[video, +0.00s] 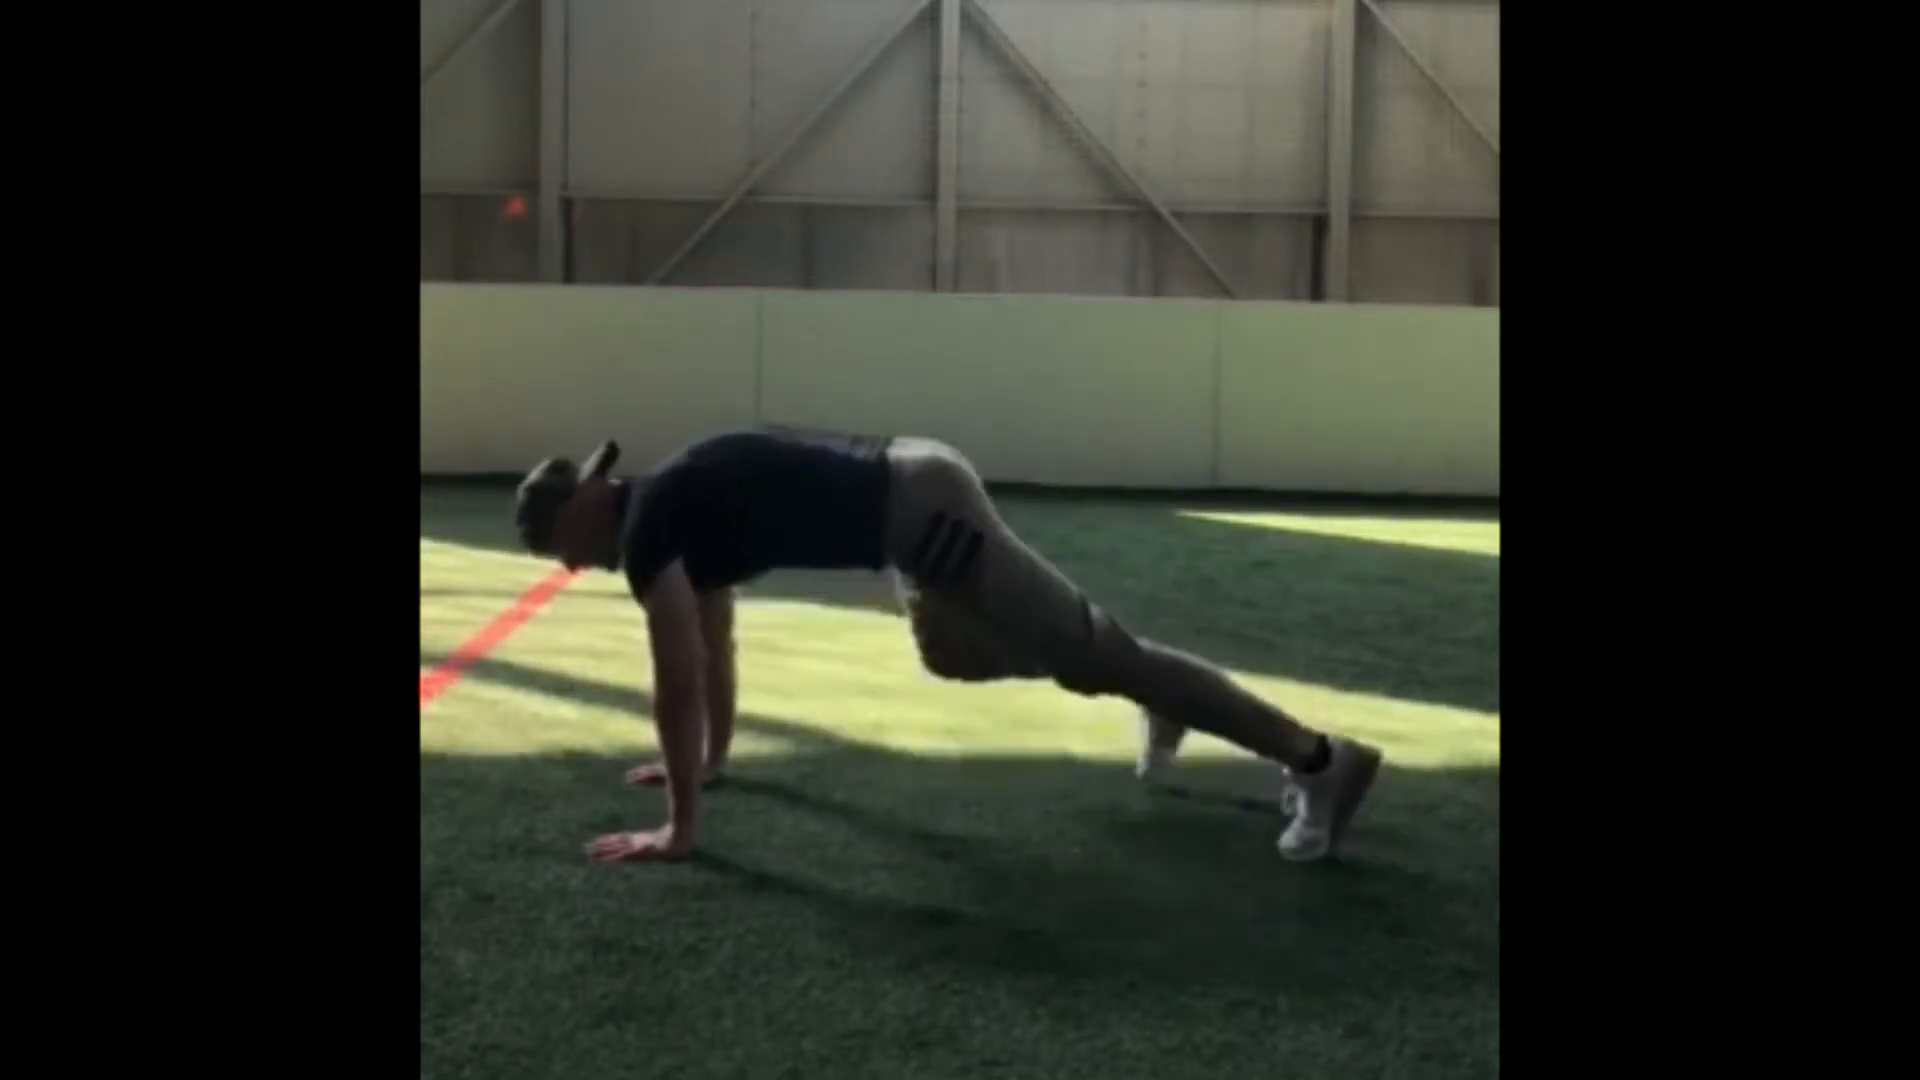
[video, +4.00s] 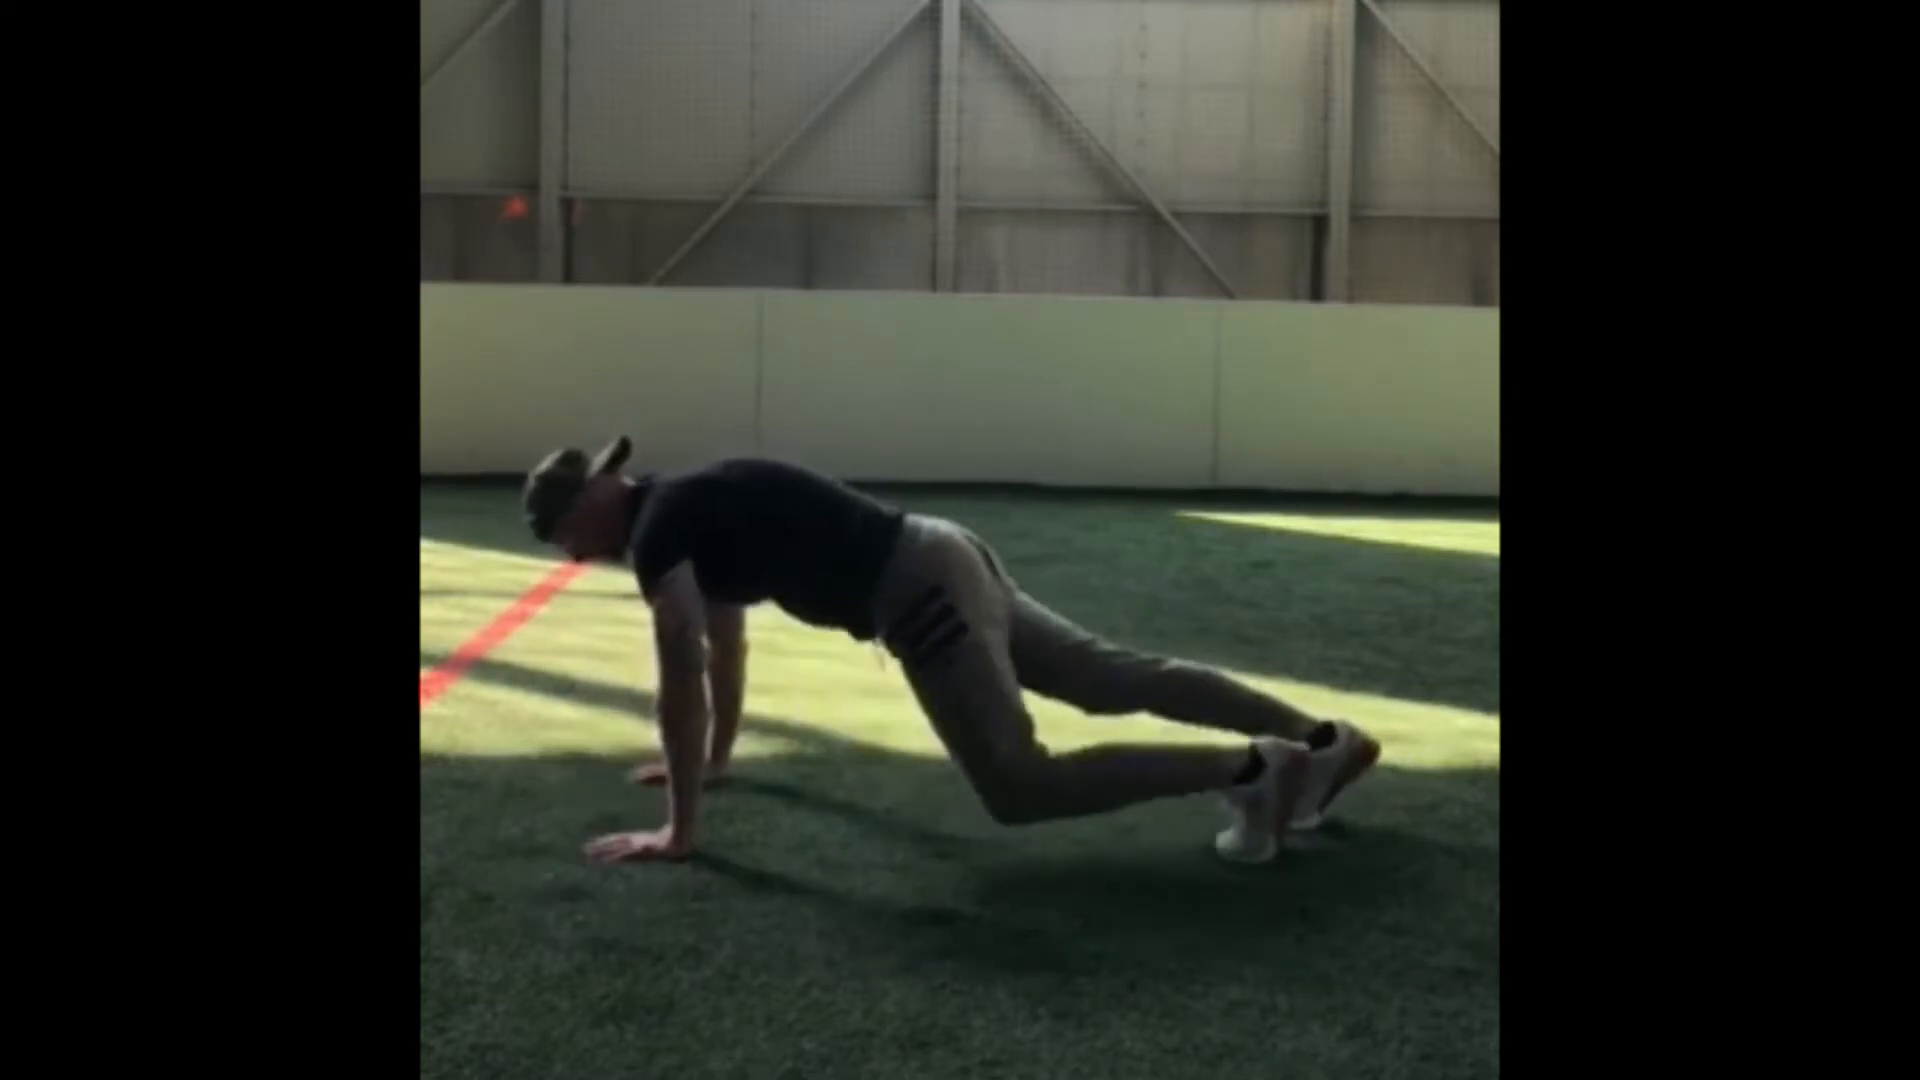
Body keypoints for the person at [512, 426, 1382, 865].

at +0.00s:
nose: (572, 569)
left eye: (565, 552)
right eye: (561, 557)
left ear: (587, 508)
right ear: (598, 494)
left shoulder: (654, 529)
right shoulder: (682, 506)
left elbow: (676, 689)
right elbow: (717, 654)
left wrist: (679, 830)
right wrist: (706, 756)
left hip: (924, 506)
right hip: (918, 490)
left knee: (1103, 658)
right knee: (954, 652)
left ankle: (1321, 759)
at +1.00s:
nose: (581, 563)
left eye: (572, 548)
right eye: (569, 551)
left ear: (587, 511)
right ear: (605, 486)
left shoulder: (652, 532)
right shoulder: (690, 500)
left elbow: (679, 686)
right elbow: (720, 662)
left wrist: (680, 829)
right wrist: (700, 762)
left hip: (925, 561)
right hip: (937, 518)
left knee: (1074, 731)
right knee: (1099, 665)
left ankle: (1321, 740)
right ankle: (1299, 732)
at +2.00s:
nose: (567, 571)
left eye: (559, 556)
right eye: (555, 561)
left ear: (580, 511)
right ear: (590, 498)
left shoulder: (648, 538)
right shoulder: (672, 504)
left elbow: (674, 694)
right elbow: (714, 654)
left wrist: (677, 832)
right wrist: (707, 756)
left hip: (919, 536)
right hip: (922, 504)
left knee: (1060, 700)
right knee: (1050, 674)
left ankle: (1297, 771)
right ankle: (1238, 688)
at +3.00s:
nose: (582, 559)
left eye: (574, 542)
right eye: (572, 547)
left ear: (596, 506)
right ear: (617, 485)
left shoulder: (652, 536)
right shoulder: (702, 509)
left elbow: (678, 687)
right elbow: (731, 667)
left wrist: (677, 826)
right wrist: (710, 765)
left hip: (927, 591)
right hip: (928, 560)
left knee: (1100, 718)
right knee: (1096, 703)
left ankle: (1348, 769)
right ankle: (1307, 750)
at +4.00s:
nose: (582, 562)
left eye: (573, 545)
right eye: (570, 551)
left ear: (597, 504)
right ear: (613, 487)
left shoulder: (660, 535)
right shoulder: (699, 506)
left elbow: (680, 689)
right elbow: (728, 664)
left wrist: (678, 832)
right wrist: (708, 766)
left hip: (921, 592)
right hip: (947, 552)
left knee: (1022, 789)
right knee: (1111, 678)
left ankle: (1260, 771)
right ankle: (1320, 740)